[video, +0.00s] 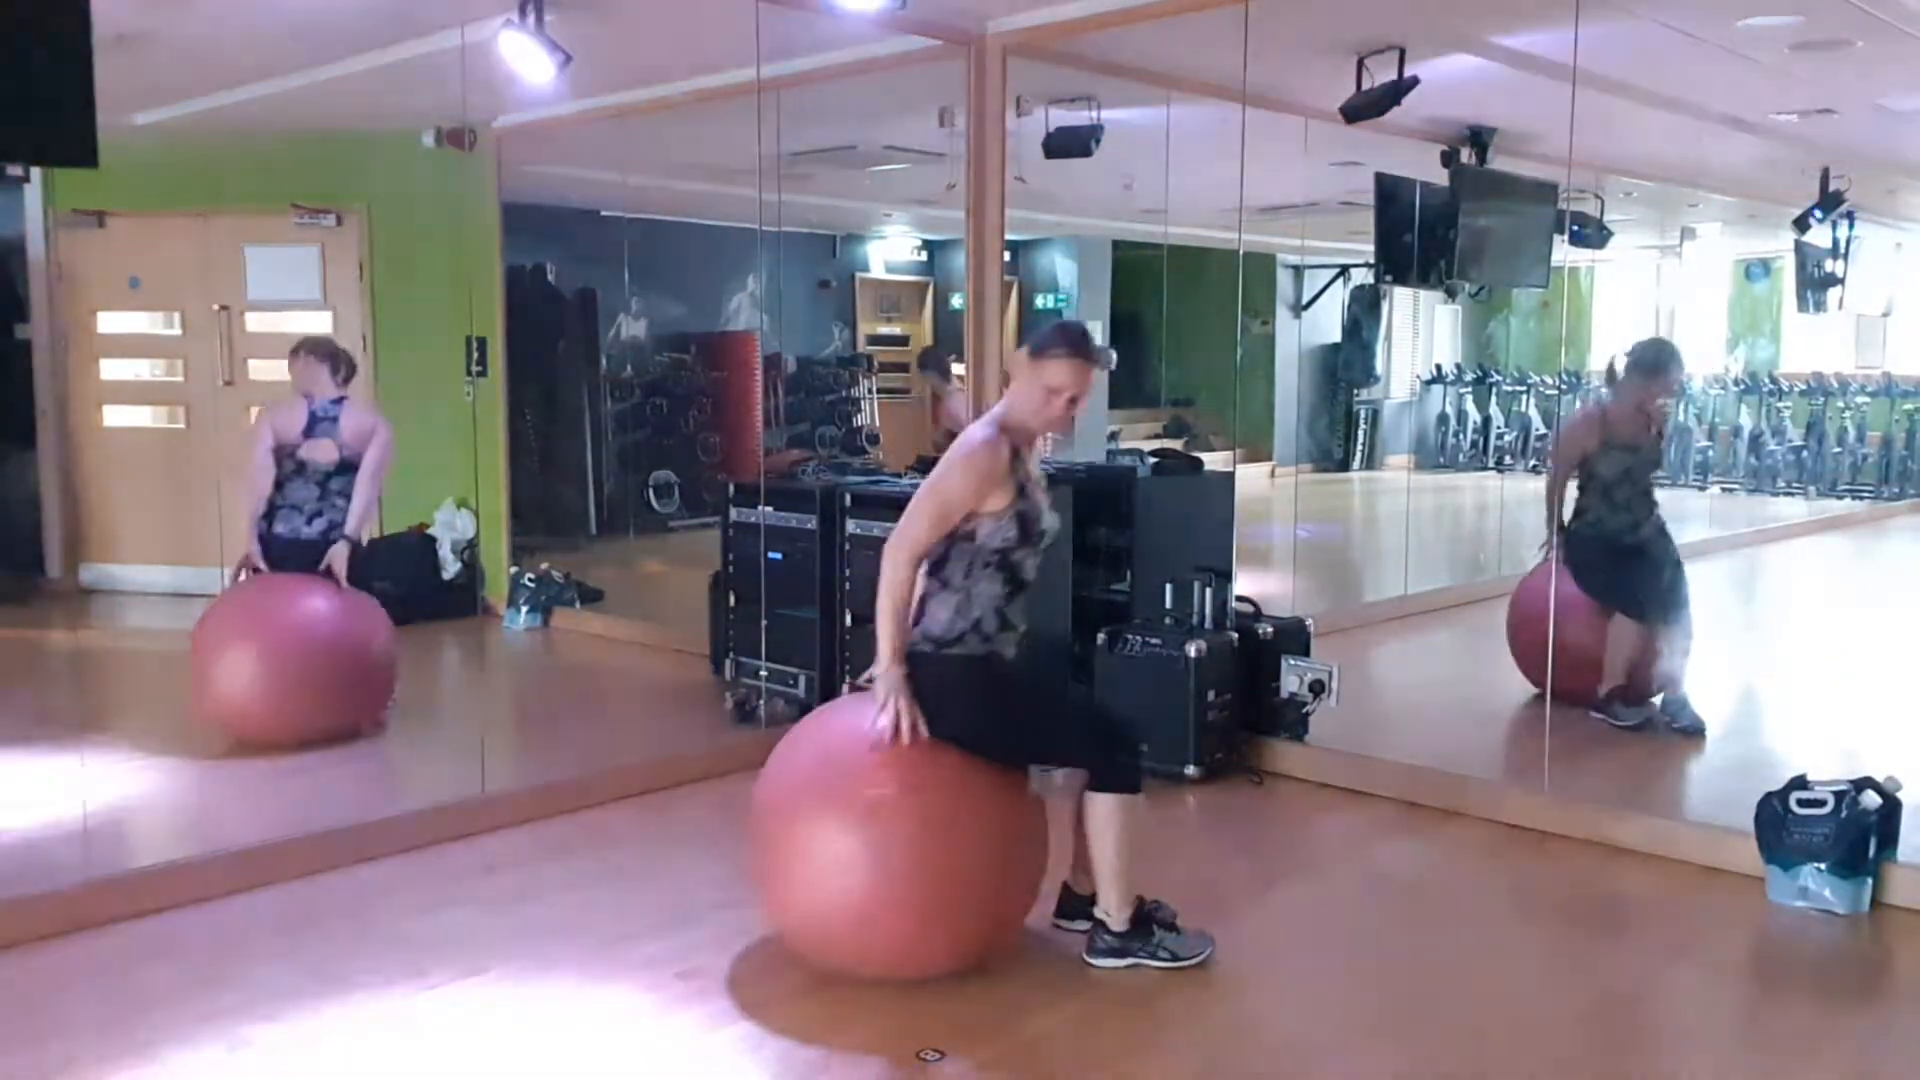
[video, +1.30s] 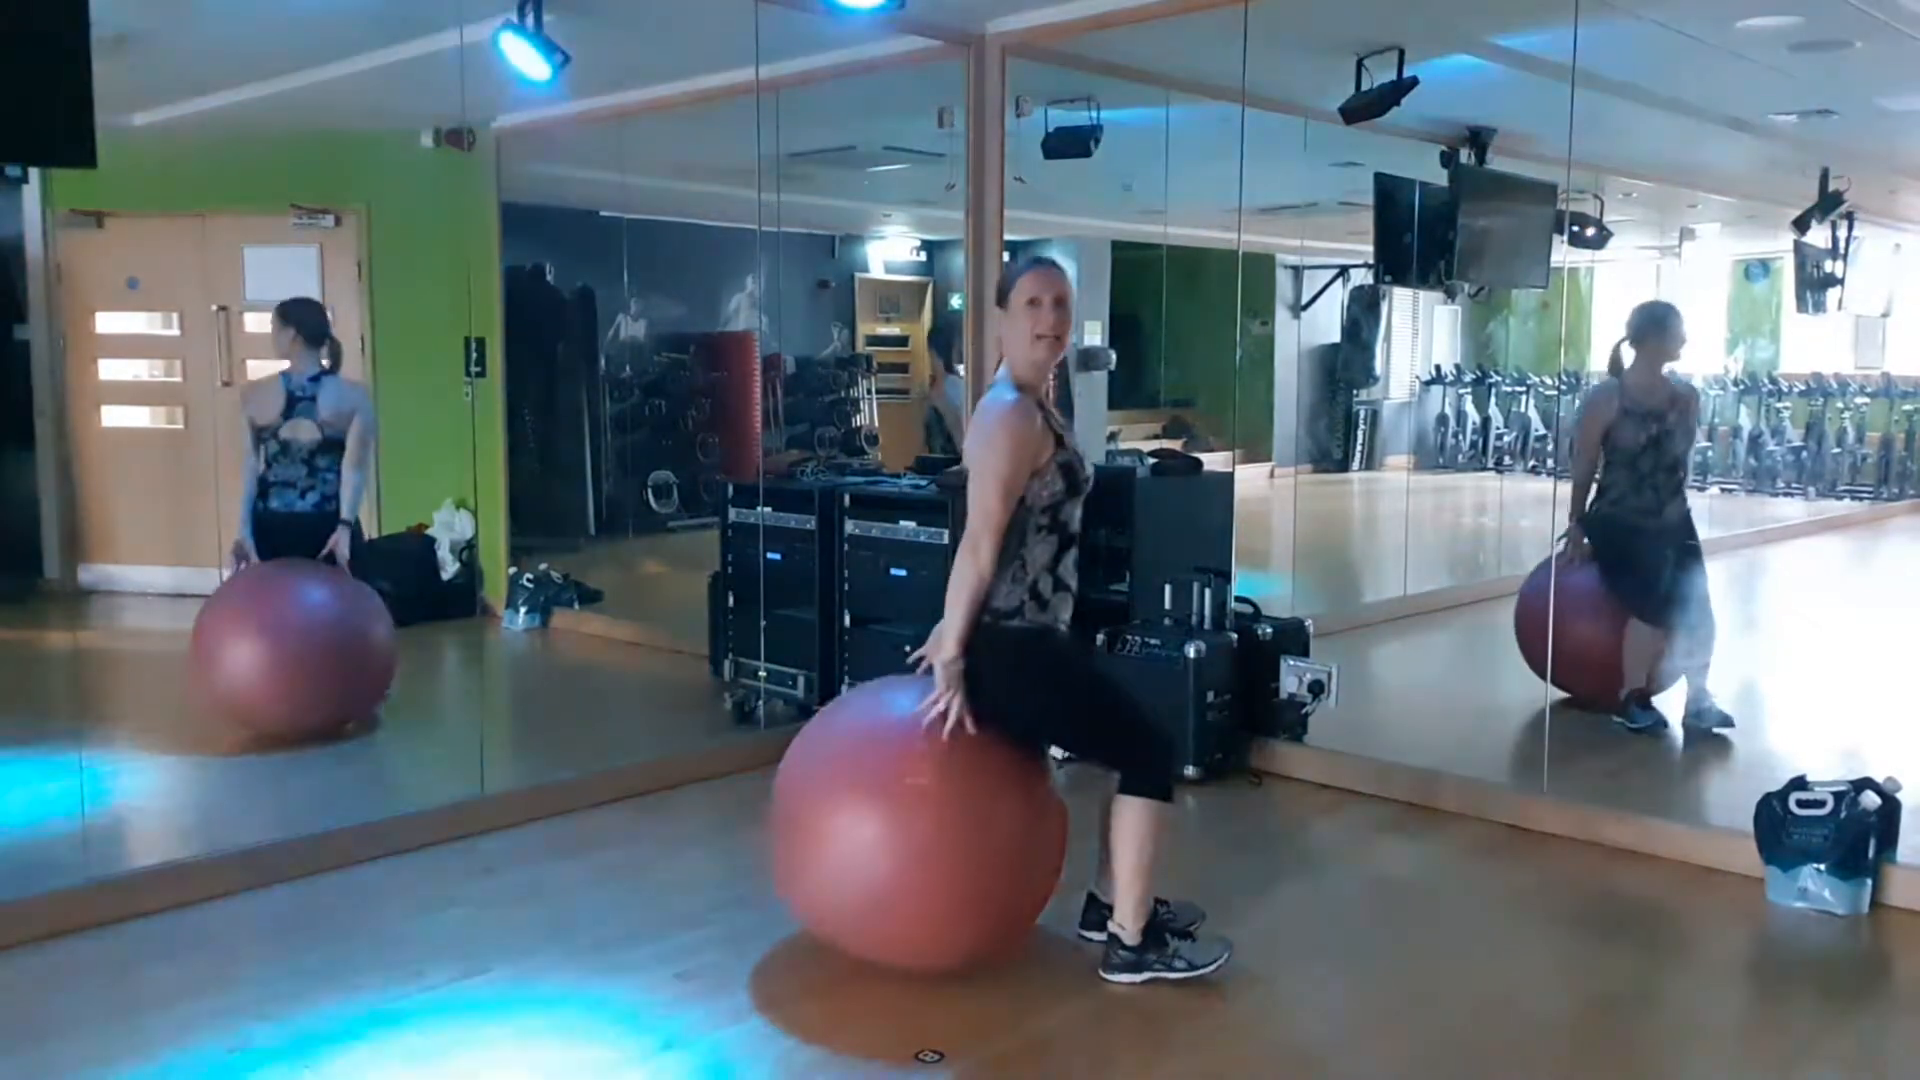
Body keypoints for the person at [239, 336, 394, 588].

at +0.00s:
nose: (290, 373)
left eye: (293, 364)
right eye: (291, 365)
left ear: (310, 361)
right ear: (336, 367)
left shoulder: (274, 417)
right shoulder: (374, 424)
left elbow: (261, 482)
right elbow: (367, 483)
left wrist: (252, 541)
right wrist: (347, 539)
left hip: (280, 546)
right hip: (339, 545)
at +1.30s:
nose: (272, 337)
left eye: (276, 329)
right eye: (274, 329)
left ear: (292, 334)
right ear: (320, 335)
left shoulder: (257, 395)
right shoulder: (354, 395)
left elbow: (251, 466)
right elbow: (354, 465)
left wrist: (244, 531)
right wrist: (346, 524)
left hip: (272, 525)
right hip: (329, 524)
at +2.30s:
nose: (262, 378)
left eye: (263, 369)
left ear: (269, 370)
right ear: (309, 373)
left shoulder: (239, 426)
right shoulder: (343, 424)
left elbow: (227, 499)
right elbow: (353, 491)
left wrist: (225, 560)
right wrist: (355, 552)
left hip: (261, 566)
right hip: (324, 564)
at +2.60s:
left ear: (268, 382)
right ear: (313, 382)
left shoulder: (237, 433)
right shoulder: (339, 432)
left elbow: (217, 503)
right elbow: (341, 499)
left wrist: (209, 563)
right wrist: (334, 554)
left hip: (245, 569)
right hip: (309, 569)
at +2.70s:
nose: (311, 388)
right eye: (312, 382)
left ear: (269, 384)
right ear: (310, 384)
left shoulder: (236, 432)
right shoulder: (339, 431)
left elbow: (218, 498)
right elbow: (346, 493)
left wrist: (207, 560)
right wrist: (338, 550)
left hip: (239, 563)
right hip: (306, 562)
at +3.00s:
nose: (315, 390)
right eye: (315, 383)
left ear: (273, 383)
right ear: (314, 384)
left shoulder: (235, 430)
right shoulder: (339, 431)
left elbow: (216, 498)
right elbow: (342, 494)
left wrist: (200, 558)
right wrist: (331, 553)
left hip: (232, 559)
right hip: (298, 561)